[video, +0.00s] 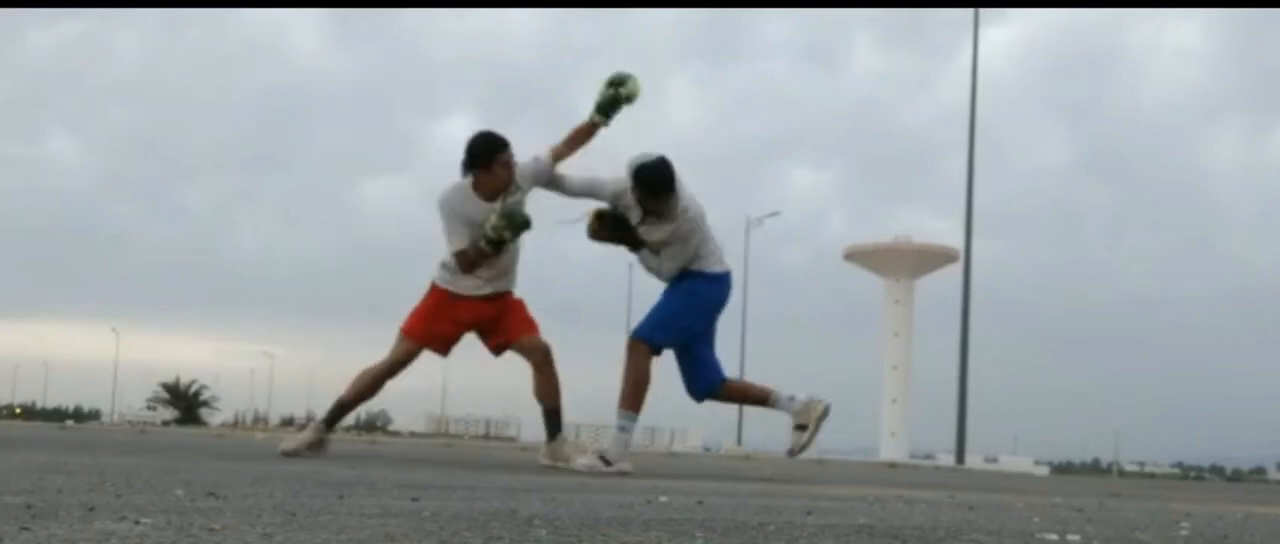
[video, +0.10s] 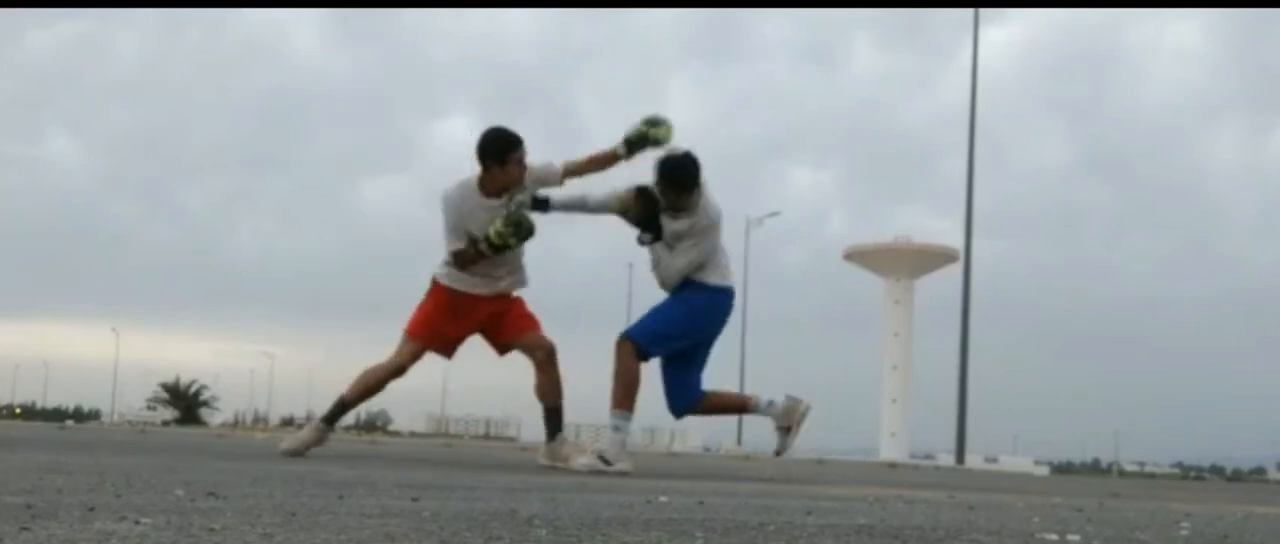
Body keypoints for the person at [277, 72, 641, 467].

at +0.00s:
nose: (513, 172)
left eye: (512, 164)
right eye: (505, 167)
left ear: (508, 166)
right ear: (482, 172)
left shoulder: (524, 178)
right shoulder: (454, 200)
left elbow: (565, 149)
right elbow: (466, 263)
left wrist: (602, 115)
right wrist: (502, 236)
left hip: (499, 299)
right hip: (450, 297)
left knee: (542, 354)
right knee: (393, 363)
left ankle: (556, 445)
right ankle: (321, 428)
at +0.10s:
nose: (523, 173)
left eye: (523, 166)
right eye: (517, 167)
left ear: (515, 165)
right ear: (493, 168)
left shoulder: (524, 181)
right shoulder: (459, 199)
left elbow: (577, 169)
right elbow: (459, 261)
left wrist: (628, 148)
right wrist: (497, 240)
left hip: (502, 301)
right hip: (452, 298)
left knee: (545, 351)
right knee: (397, 365)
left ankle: (555, 445)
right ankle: (322, 426)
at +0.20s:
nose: (517, 146)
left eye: (517, 139)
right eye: (510, 139)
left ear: (508, 141)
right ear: (486, 141)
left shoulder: (521, 169)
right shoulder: (453, 178)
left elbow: (573, 198)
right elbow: (462, 240)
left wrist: (613, 198)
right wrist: (500, 214)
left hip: (493, 294)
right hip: (444, 287)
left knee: (534, 353)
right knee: (394, 346)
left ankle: (553, 444)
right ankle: (326, 415)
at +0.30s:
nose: (502, 118)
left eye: (503, 110)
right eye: (496, 110)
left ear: (484, 114)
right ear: (472, 113)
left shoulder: (498, 156)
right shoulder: (438, 154)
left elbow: (501, 214)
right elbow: (438, 219)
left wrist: (538, 227)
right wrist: (481, 195)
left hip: (480, 274)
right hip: (431, 267)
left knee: (516, 351)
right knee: (388, 340)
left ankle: (550, 441)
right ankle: (331, 421)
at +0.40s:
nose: (489, 112)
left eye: (489, 105)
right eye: (483, 104)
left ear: (466, 108)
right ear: (459, 106)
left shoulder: (468, 156)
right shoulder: (425, 143)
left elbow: (452, 216)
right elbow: (418, 204)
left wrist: (482, 237)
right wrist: (462, 187)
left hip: (457, 268)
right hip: (414, 263)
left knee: (500, 346)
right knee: (385, 348)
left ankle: (527, 439)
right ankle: (335, 430)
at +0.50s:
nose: (479, 107)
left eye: (479, 99)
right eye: (473, 99)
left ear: (457, 102)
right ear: (450, 100)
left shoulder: (456, 152)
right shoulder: (418, 136)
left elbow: (430, 206)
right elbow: (419, 190)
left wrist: (456, 233)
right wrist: (463, 178)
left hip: (444, 263)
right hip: (405, 259)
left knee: (487, 344)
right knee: (376, 347)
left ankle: (506, 439)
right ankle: (334, 430)